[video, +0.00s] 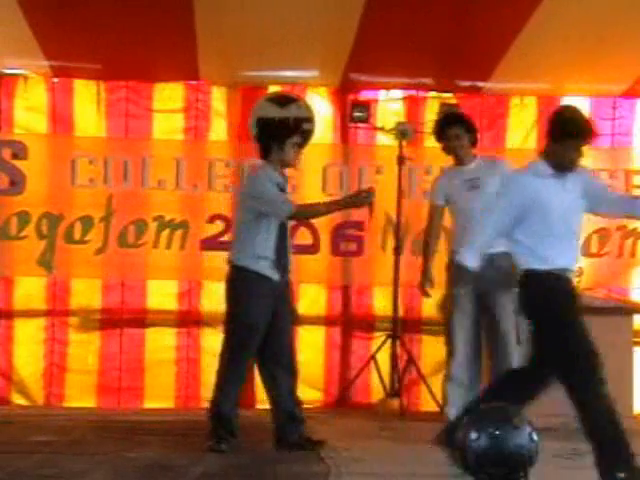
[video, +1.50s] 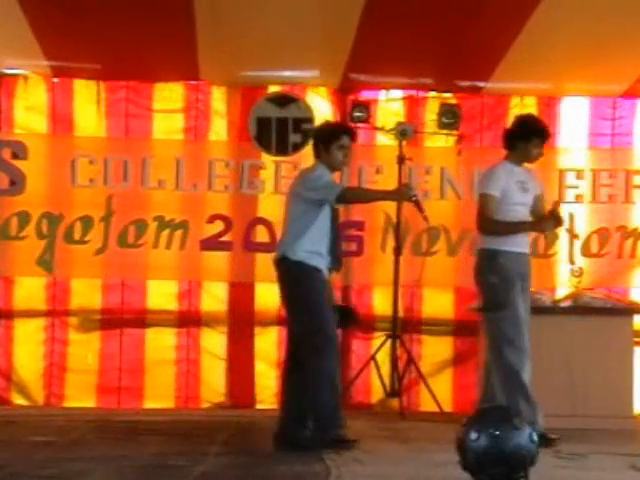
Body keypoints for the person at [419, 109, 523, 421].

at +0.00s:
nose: (455, 144)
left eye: (459, 136)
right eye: (448, 140)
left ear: (472, 137)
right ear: (443, 145)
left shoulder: (497, 170)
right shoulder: (446, 181)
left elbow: (518, 209)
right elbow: (433, 227)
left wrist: (521, 254)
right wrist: (427, 269)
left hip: (499, 257)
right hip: (463, 260)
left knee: (506, 336)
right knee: (462, 340)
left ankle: (510, 406)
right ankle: (458, 413)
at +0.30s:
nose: (466, 140)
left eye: (470, 133)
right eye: (460, 135)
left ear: (483, 136)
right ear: (453, 141)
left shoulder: (502, 170)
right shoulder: (449, 175)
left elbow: (519, 219)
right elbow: (432, 219)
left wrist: (532, 262)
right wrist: (431, 231)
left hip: (494, 259)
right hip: (461, 257)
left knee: (495, 338)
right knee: (459, 339)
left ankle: (493, 414)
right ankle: (457, 417)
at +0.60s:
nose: (484, 140)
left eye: (489, 134)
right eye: (478, 134)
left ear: (496, 137)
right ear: (466, 138)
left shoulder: (508, 174)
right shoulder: (455, 170)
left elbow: (519, 224)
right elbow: (447, 187)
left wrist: (529, 270)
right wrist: (467, 184)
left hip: (495, 256)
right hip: (463, 254)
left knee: (493, 335)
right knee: (460, 335)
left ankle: (492, 414)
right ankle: (456, 416)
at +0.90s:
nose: (502, 146)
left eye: (506, 140)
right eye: (497, 139)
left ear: (509, 142)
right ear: (481, 139)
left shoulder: (515, 177)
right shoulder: (467, 168)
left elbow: (525, 224)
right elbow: (470, 183)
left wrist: (538, 266)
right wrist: (502, 170)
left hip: (501, 255)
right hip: (470, 252)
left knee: (497, 334)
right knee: (465, 332)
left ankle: (493, 413)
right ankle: (457, 415)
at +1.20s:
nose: (527, 151)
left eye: (529, 145)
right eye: (523, 144)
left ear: (526, 146)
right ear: (505, 142)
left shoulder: (523, 179)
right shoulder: (481, 173)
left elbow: (527, 220)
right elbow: (472, 221)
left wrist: (543, 228)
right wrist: (516, 224)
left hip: (509, 257)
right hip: (481, 255)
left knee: (509, 331)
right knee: (490, 332)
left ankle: (501, 405)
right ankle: (488, 408)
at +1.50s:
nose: (541, 151)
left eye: (542, 145)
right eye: (537, 144)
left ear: (534, 145)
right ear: (521, 142)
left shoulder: (530, 180)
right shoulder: (496, 174)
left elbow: (540, 218)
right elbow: (484, 224)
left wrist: (552, 218)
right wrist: (532, 226)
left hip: (518, 260)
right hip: (497, 260)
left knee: (508, 343)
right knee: (512, 343)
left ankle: (493, 419)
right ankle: (525, 425)